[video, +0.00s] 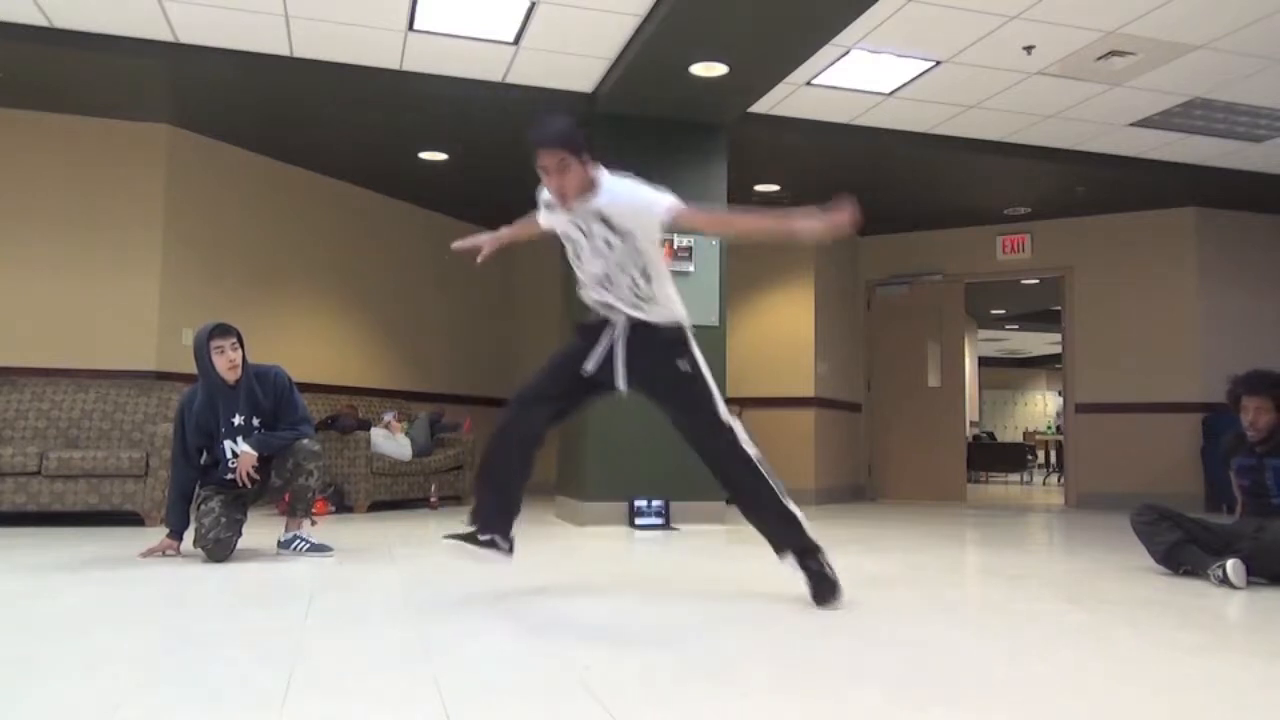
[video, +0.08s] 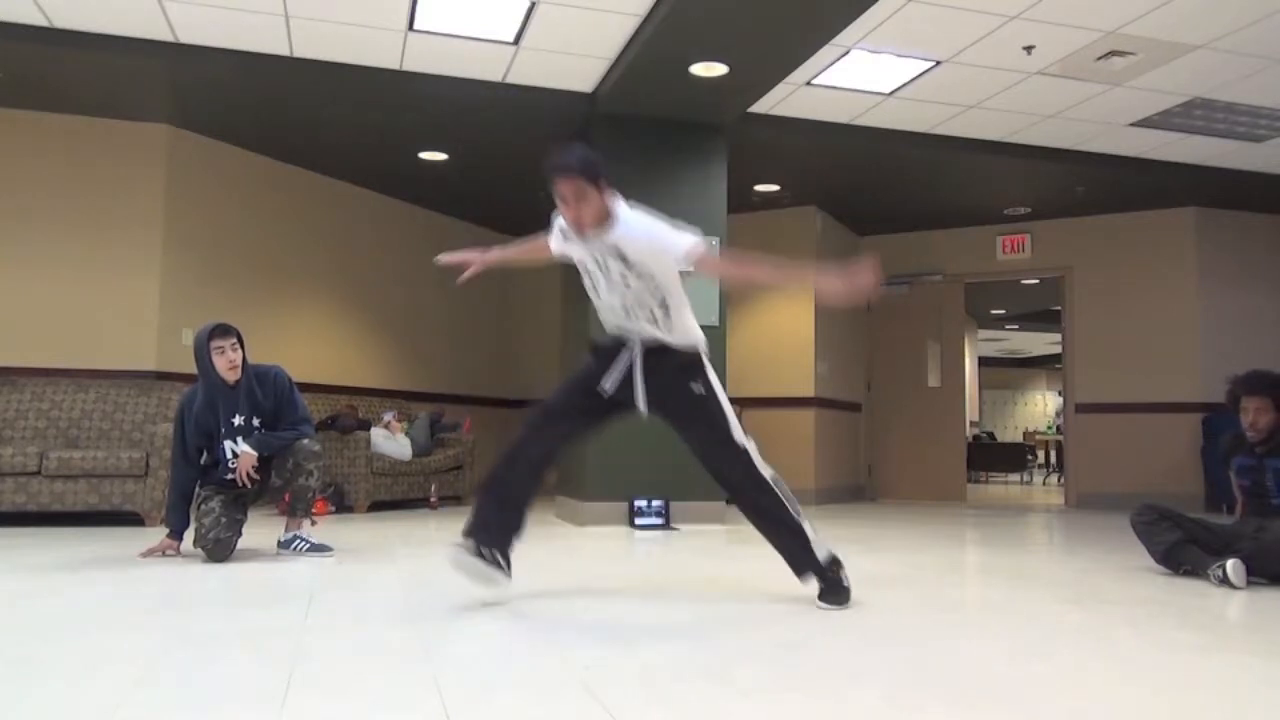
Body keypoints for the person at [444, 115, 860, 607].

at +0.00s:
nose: (551, 179)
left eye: (559, 169)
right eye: (544, 171)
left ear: (585, 163)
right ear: (541, 172)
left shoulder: (624, 197)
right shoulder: (554, 201)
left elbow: (710, 221)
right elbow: (540, 224)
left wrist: (805, 223)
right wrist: (495, 239)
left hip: (660, 336)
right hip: (602, 335)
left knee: (721, 445)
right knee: (527, 412)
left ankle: (806, 555)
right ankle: (492, 526)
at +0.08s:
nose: (569, 211)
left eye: (577, 199)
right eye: (562, 201)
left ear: (603, 191)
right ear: (557, 198)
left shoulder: (638, 230)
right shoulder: (569, 227)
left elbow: (723, 264)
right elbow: (543, 248)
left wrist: (822, 278)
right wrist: (489, 256)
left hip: (677, 360)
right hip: (617, 357)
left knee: (736, 466)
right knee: (545, 428)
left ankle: (821, 567)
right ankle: (490, 541)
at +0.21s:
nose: (594, 271)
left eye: (604, 260)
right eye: (588, 260)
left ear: (631, 263)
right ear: (582, 262)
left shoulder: (664, 314)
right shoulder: (570, 289)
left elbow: (726, 386)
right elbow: (498, 299)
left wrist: (783, 458)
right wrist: (426, 302)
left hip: (685, 400)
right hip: (620, 395)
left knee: (742, 484)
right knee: (555, 460)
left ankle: (823, 578)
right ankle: (519, 573)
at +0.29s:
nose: (614, 315)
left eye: (626, 305)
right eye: (607, 303)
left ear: (647, 308)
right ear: (596, 301)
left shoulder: (665, 363)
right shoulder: (573, 319)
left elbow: (689, 447)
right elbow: (473, 323)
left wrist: (725, 519)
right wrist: (484, 352)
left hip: (648, 419)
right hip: (579, 400)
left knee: (732, 473)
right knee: (525, 456)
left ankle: (820, 546)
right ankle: (514, 573)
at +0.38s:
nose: (638, 333)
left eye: (652, 325)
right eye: (632, 318)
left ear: (666, 331)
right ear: (617, 313)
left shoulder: (664, 396)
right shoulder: (584, 329)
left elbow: (672, 487)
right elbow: (484, 332)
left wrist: (699, 572)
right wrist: (495, 363)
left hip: (625, 433)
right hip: (563, 407)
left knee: (690, 493)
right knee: (512, 456)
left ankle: (765, 530)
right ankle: (509, 577)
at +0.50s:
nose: (691, 339)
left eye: (706, 334)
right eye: (687, 324)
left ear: (715, 348)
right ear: (670, 323)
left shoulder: (687, 421)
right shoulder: (629, 337)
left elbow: (672, 500)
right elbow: (558, 298)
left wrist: (679, 590)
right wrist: (520, 266)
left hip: (603, 466)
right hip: (564, 425)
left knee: (574, 540)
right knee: (530, 467)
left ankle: (549, 494)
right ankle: (497, 584)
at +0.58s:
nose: (720, 333)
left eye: (733, 329)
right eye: (716, 321)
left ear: (742, 346)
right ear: (699, 322)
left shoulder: (711, 421)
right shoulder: (658, 333)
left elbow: (683, 501)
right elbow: (593, 273)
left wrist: (679, 587)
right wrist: (550, 208)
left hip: (595, 484)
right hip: (568, 436)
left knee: (530, 552)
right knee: (543, 507)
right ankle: (492, 586)